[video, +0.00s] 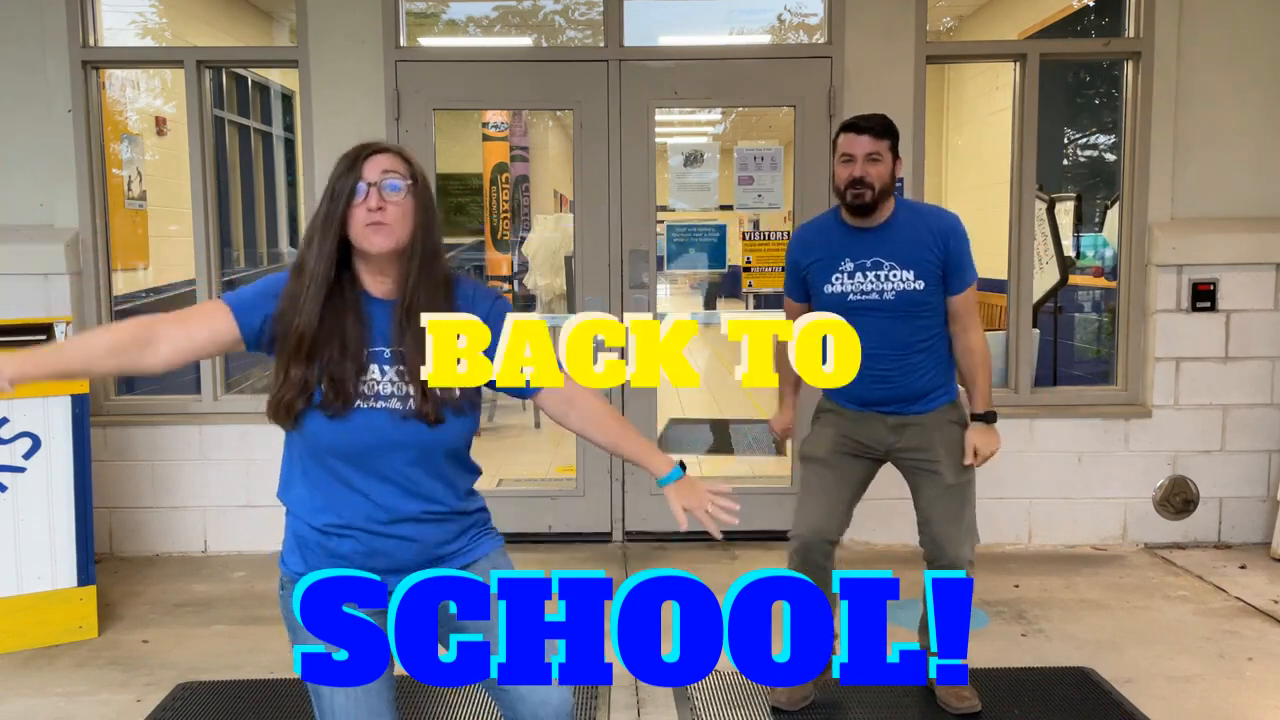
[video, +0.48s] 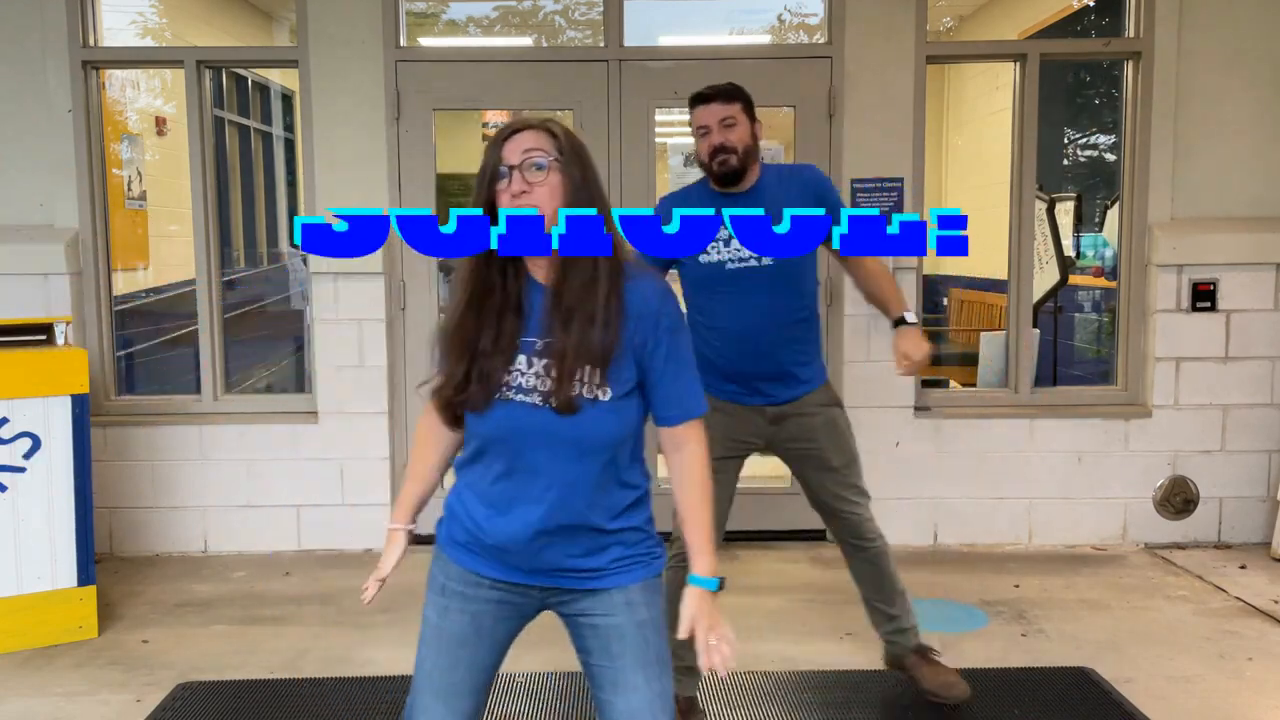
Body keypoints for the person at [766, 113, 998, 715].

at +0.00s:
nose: (858, 171)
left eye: (872, 159)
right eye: (847, 159)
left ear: (896, 167)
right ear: (832, 168)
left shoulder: (940, 232)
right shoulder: (808, 243)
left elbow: (966, 328)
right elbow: (794, 331)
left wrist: (982, 415)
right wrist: (787, 402)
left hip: (932, 420)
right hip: (842, 418)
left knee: (952, 554)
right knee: (809, 539)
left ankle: (948, 665)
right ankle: (806, 661)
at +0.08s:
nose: (846, 155)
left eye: (860, 143)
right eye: (835, 144)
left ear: (885, 152)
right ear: (821, 153)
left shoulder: (930, 213)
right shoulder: (801, 222)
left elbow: (974, 296)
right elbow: (765, 294)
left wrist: (992, 387)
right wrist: (746, 359)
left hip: (920, 410)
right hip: (829, 406)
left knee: (944, 546)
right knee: (786, 519)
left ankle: (950, 667)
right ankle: (795, 651)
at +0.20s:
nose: (819, 145)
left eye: (833, 132)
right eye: (807, 134)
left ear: (858, 138)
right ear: (794, 145)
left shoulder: (905, 194)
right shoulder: (773, 212)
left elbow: (975, 266)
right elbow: (723, 276)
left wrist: (1013, 348)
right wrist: (686, 336)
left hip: (898, 398)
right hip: (810, 394)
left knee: (933, 529)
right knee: (763, 523)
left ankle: (942, 657)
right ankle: (720, 663)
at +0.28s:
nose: (795, 158)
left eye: (808, 144)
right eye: (782, 148)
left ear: (833, 148)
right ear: (771, 157)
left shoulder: (882, 202)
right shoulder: (752, 228)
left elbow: (968, 262)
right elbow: (680, 289)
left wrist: (1017, 337)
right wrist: (644, 354)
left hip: (879, 412)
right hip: (787, 418)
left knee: (926, 551)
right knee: (738, 545)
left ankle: (940, 661)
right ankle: (690, 678)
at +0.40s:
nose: (750, 152)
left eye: (761, 138)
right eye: (736, 144)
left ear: (788, 142)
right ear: (725, 156)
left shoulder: (833, 199)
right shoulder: (715, 221)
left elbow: (917, 252)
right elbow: (647, 297)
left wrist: (968, 326)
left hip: (840, 412)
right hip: (751, 412)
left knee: (899, 542)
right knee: (708, 548)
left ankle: (940, 657)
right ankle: (678, 690)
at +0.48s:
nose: (718, 140)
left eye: (728, 126)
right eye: (704, 132)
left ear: (756, 130)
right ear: (693, 143)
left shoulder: (804, 186)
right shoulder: (680, 208)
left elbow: (856, 252)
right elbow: (632, 281)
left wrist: (902, 318)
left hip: (804, 401)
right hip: (714, 406)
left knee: (856, 525)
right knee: (688, 543)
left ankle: (907, 650)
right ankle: (678, 680)